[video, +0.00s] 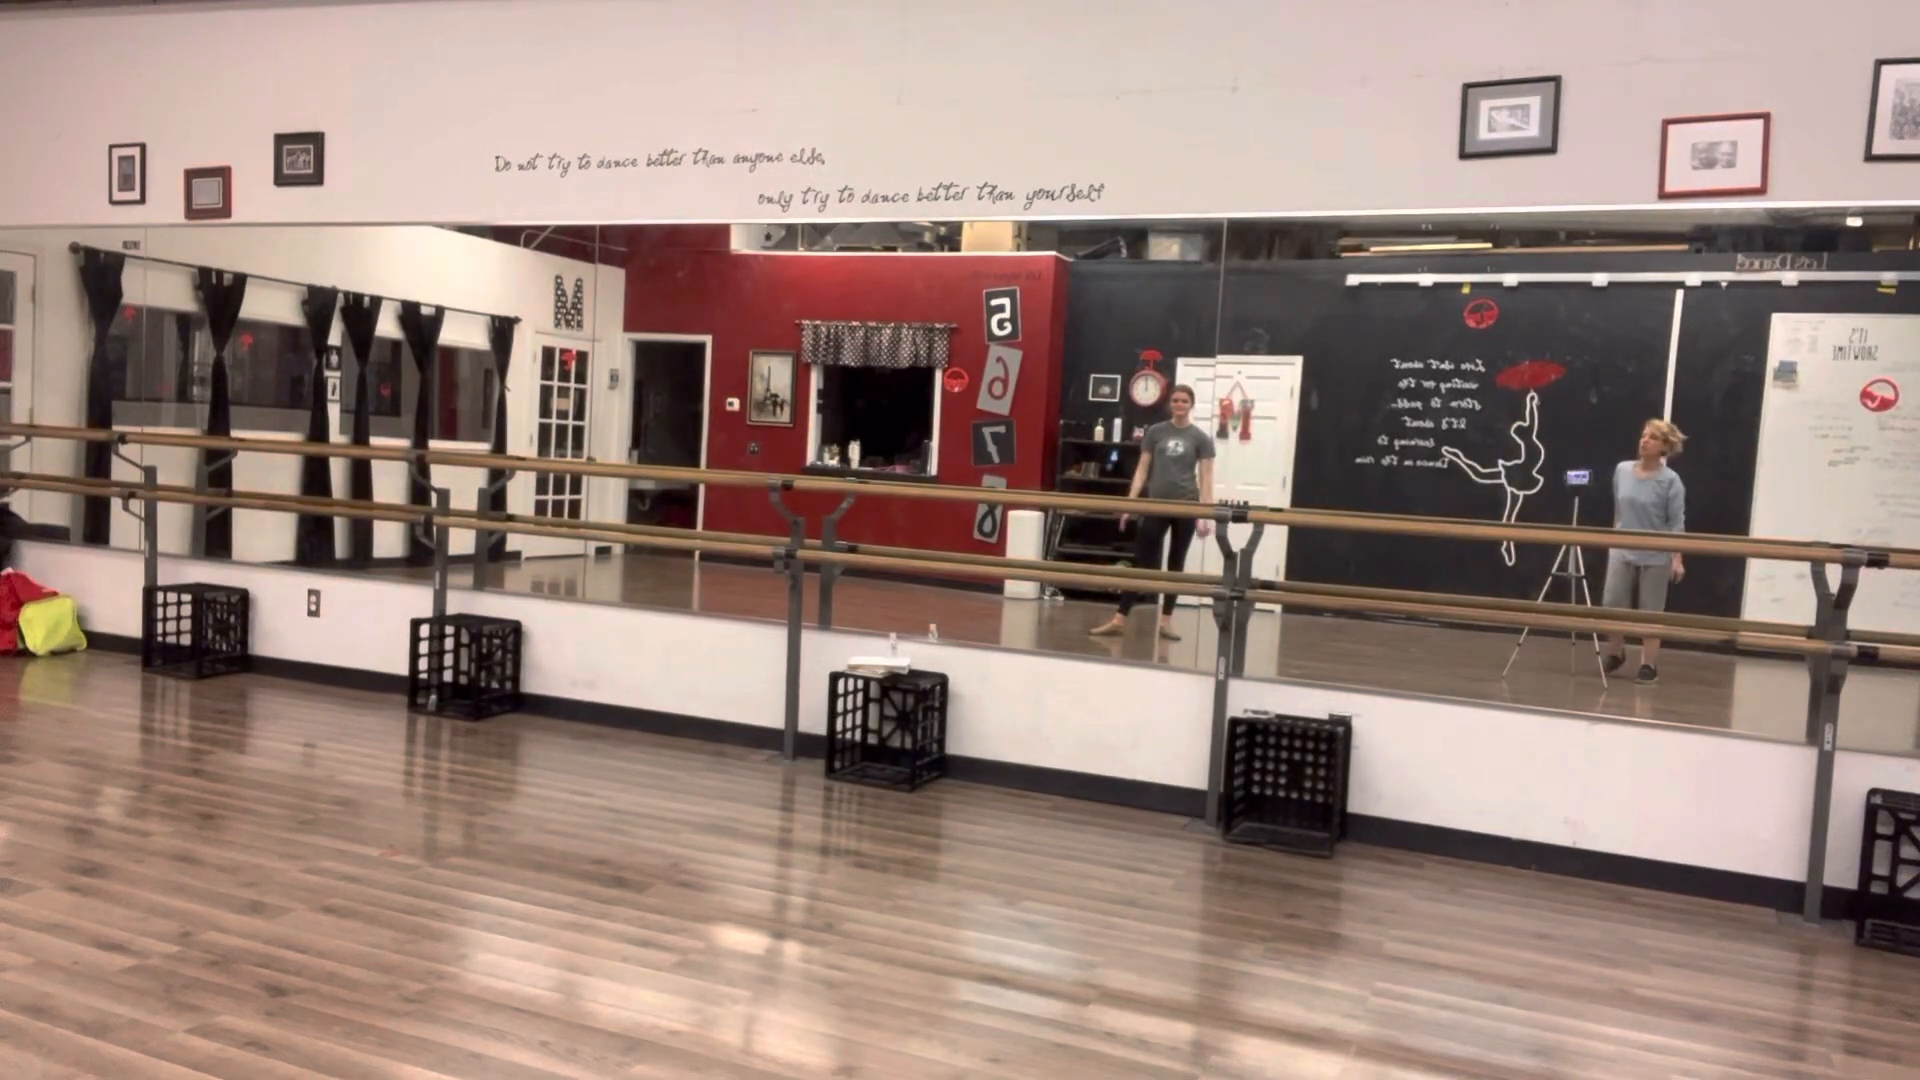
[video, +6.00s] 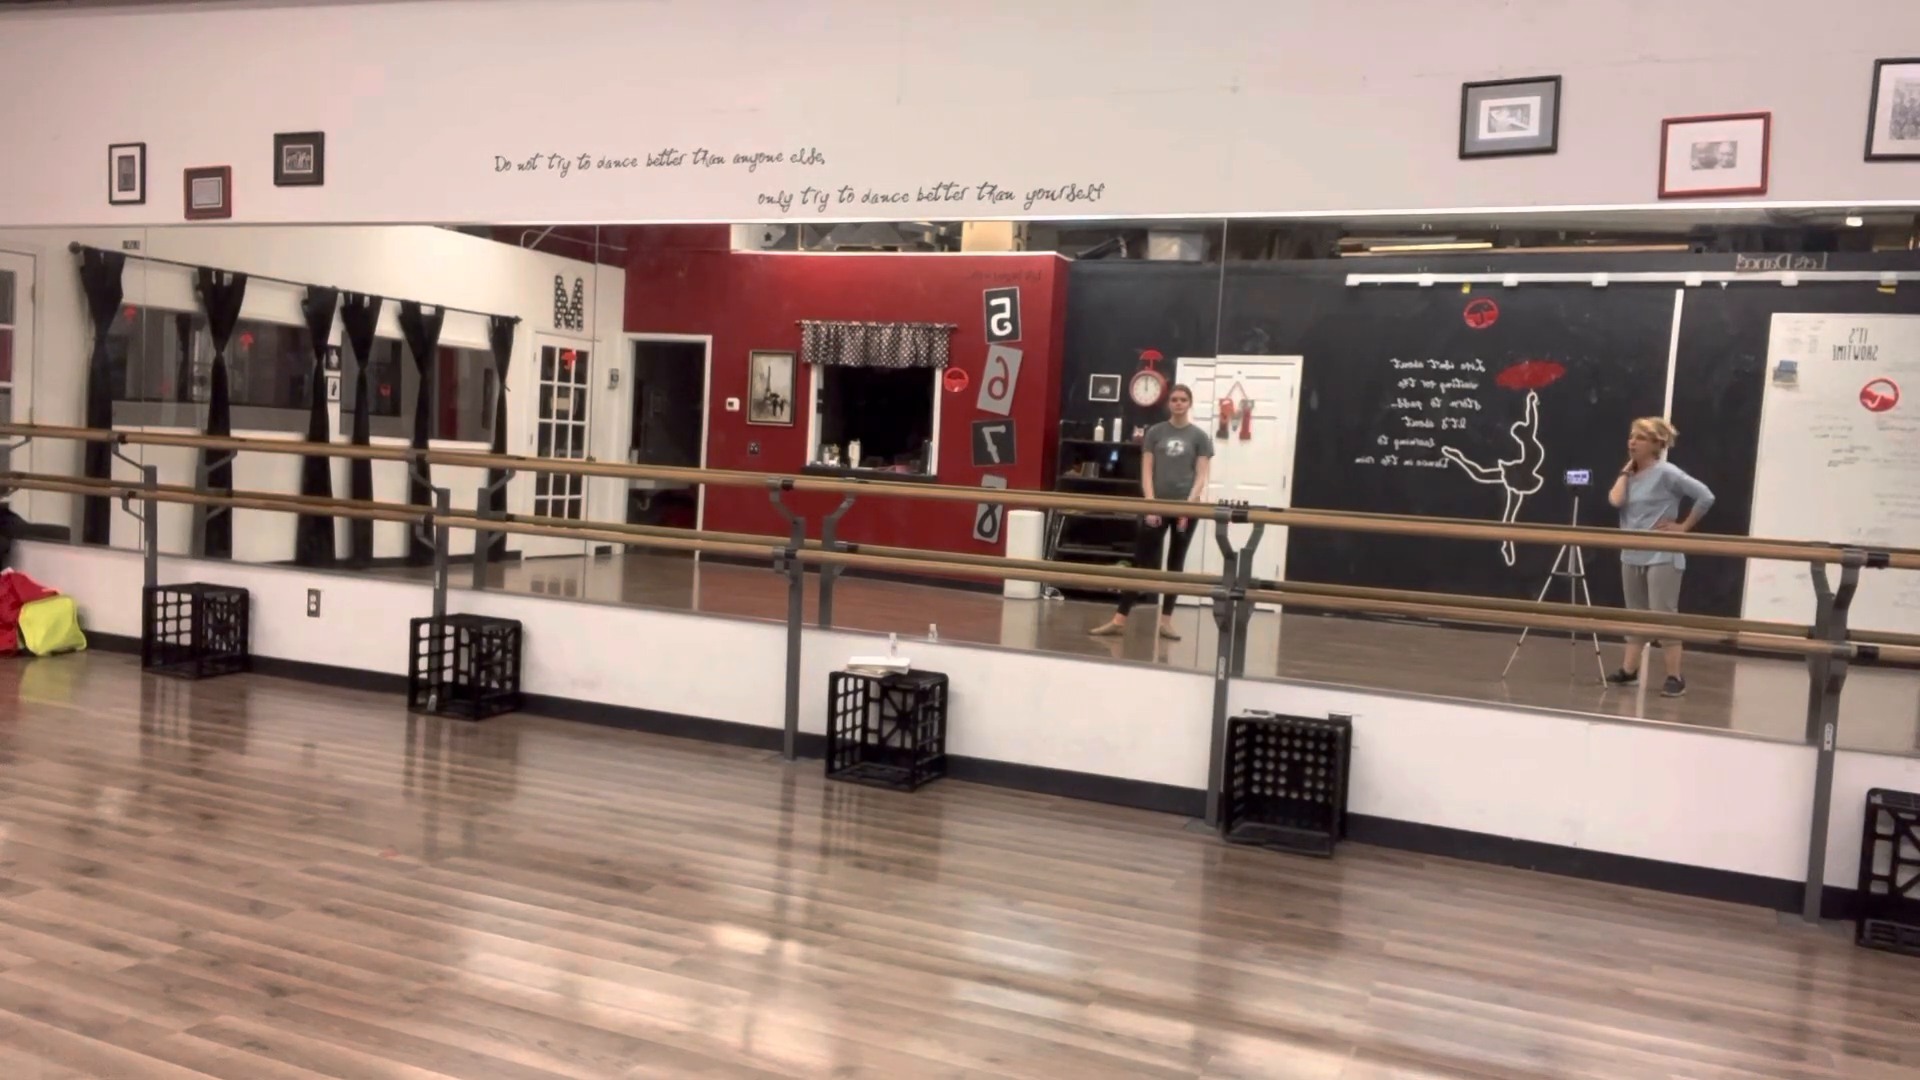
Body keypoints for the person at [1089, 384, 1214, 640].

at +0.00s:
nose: (1179, 405)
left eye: (1184, 401)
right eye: (1176, 401)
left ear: (1191, 405)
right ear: (1170, 404)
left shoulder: (1202, 439)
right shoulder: (1154, 432)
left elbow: (1206, 480)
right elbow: (1141, 470)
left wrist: (1206, 515)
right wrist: (1129, 505)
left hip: (1185, 510)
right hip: (1154, 507)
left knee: (1175, 565)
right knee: (1141, 560)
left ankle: (1165, 620)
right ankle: (1120, 617)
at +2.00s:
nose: (1186, 406)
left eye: (1190, 403)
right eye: (1183, 402)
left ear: (1193, 407)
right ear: (1171, 404)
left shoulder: (1200, 437)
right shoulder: (1153, 433)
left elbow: (1214, 473)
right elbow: (1139, 471)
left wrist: (1229, 504)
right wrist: (1122, 506)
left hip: (1188, 509)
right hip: (1156, 507)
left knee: (1176, 563)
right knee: (1142, 560)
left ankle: (1166, 620)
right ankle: (1120, 618)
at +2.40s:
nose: (1191, 408)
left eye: (1194, 404)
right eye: (1187, 403)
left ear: (1195, 407)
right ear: (1174, 404)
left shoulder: (1201, 438)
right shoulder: (1154, 433)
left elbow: (1207, 475)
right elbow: (1144, 471)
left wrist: (1211, 508)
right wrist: (1142, 506)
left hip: (1188, 509)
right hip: (1156, 506)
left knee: (1176, 564)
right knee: (1142, 560)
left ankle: (1166, 620)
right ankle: (1120, 617)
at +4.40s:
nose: (1180, 403)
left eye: (1185, 400)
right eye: (1176, 399)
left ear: (1192, 404)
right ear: (1170, 403)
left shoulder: (1202, 436)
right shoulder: (1155, 432)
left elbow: (1218, 473)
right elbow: (1140, 470)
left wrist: (1229, 509)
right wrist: (1123, 506)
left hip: (1187, 509)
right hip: (1156, 506)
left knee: (1176, 563)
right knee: (1141, 559)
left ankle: (1166, 620)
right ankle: (1120, 618)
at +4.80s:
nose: (1180, 404)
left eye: (1185, 400)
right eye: (1176, 400)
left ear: (1192, 405)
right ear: (1170, 403)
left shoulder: (1202, 438)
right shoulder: (1155, 432)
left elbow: (1204, 478)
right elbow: (1145, 472)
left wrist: (1191, 507)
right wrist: (1148, 507)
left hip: (1185, 509)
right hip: (1157, 506)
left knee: (1176, 564)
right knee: (1141, 560)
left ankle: (1166, 620)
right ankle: (1120, 617)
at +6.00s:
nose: (1178, 404)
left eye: (1182, 400)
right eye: (1174, 400)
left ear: (1190, 404)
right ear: (1168, 403)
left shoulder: (1200, 437)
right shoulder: (1153, 432)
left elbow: (1201, 477)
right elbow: (1147, 471)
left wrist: (1188, 508)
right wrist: (1150, 505)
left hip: (1184, 508)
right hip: (1156, 505)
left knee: (1175, 564)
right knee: (1142, 560)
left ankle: (1166, 619)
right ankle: (1120, 617)